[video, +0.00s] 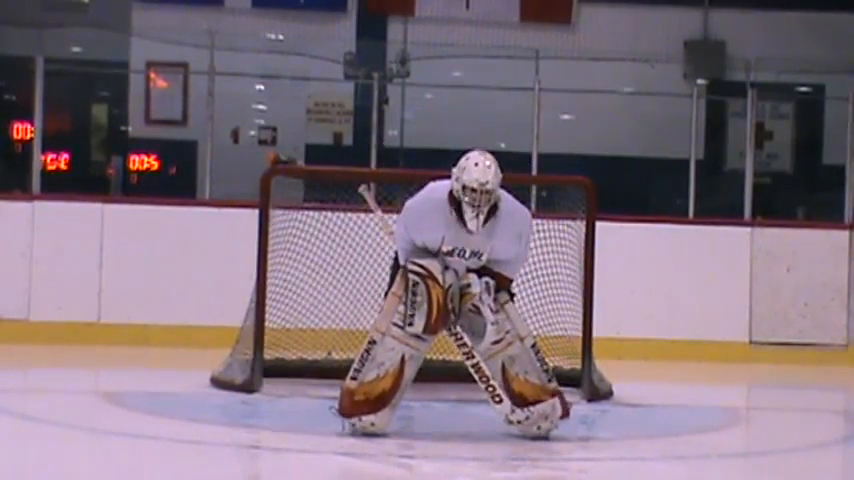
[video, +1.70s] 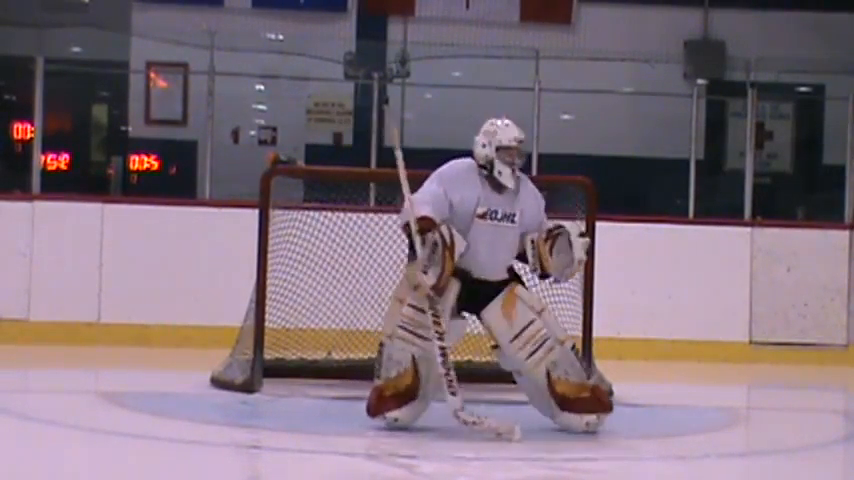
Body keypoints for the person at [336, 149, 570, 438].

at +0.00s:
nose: (477, 201)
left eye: (484, 195)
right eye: (470, 194)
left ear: (496, 193)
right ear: (456, 187)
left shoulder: (516, 218)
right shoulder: (425, 206)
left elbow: (503, 274)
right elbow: (409, 255)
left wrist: (478, 293)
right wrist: (434, 289)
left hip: (478, 281)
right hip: (425, 274)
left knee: (507, 339)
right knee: (402, 333)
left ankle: (535, 414)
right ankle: (368, 411)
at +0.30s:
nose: (480, 146)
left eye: (487, 139)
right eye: (473, 138)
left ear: (497, 141)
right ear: (459, 138)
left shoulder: (519, 185)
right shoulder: (426, 170)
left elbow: (533, 245)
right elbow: (399, 220)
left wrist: (519, 265)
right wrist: (417, 266)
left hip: (482, 277)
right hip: (424, 272)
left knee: (510, 339)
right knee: (395, 336)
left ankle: (536, 414)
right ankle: (368, 412)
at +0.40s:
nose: (477, 126)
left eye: (483, 119)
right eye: (470, 119)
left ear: (493, 123)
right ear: (456, 120)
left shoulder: (515, 167)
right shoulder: (422, 156)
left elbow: (538, 213)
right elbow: (386, 195)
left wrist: (545, 233)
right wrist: (397, 224)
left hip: (483, 268)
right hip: (426, 265)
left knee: (514, 342)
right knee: (394, 339)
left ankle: (537, 417)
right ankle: (366, 414)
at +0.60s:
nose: (473, 106)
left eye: (479, 99)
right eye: (466, 99)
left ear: (489, 102)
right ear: (452, 100)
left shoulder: (511, 146)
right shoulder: (422, 142)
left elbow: (528, 200)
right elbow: (390, 191)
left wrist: (556, 186)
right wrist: (393, 223)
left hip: (490, 263)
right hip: (432, 262)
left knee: (514, 340)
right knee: (401, 336)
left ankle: (539, 416)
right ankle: (370, 413)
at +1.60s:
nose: (495, 157)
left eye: (501, 150)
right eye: (488, 149)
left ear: (510, 151)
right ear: (471, 149)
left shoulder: (527, 191)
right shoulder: (443, 177)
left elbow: (546, 243)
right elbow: (402, 212)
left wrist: (559, 239)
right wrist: (411, 237)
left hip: (499, 283)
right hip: (443, 274)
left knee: (526, 348)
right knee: (410, 335)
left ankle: (575, 414)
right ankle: (393, 408)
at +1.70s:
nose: (513, 159)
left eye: (517, 153)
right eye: (505, 152)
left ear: (521, 154)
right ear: (485, 151)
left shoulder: (528, 194)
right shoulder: (456, 175)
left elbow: (532, 247)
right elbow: (419, 209)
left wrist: (556, 251)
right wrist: (432, 236)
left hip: (499, 287)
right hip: (448, 280)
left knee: (538, 343)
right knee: (417, 341)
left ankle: (574, 407)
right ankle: (400, 405)